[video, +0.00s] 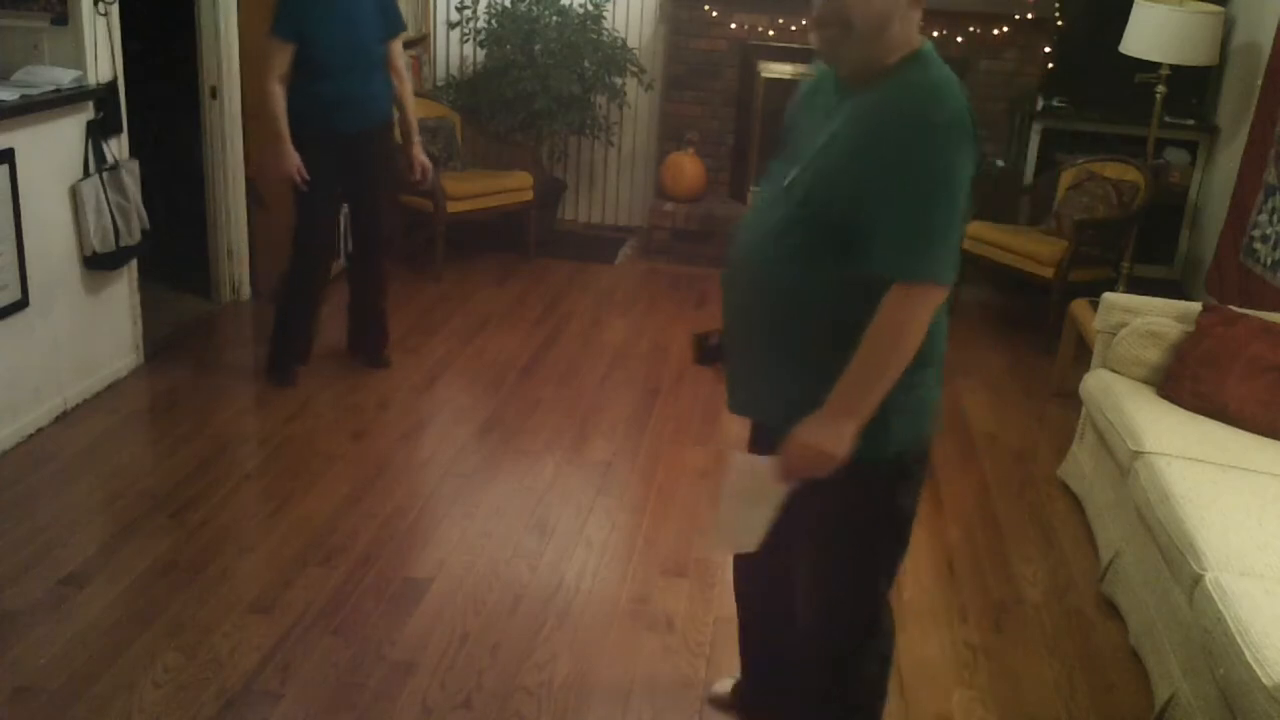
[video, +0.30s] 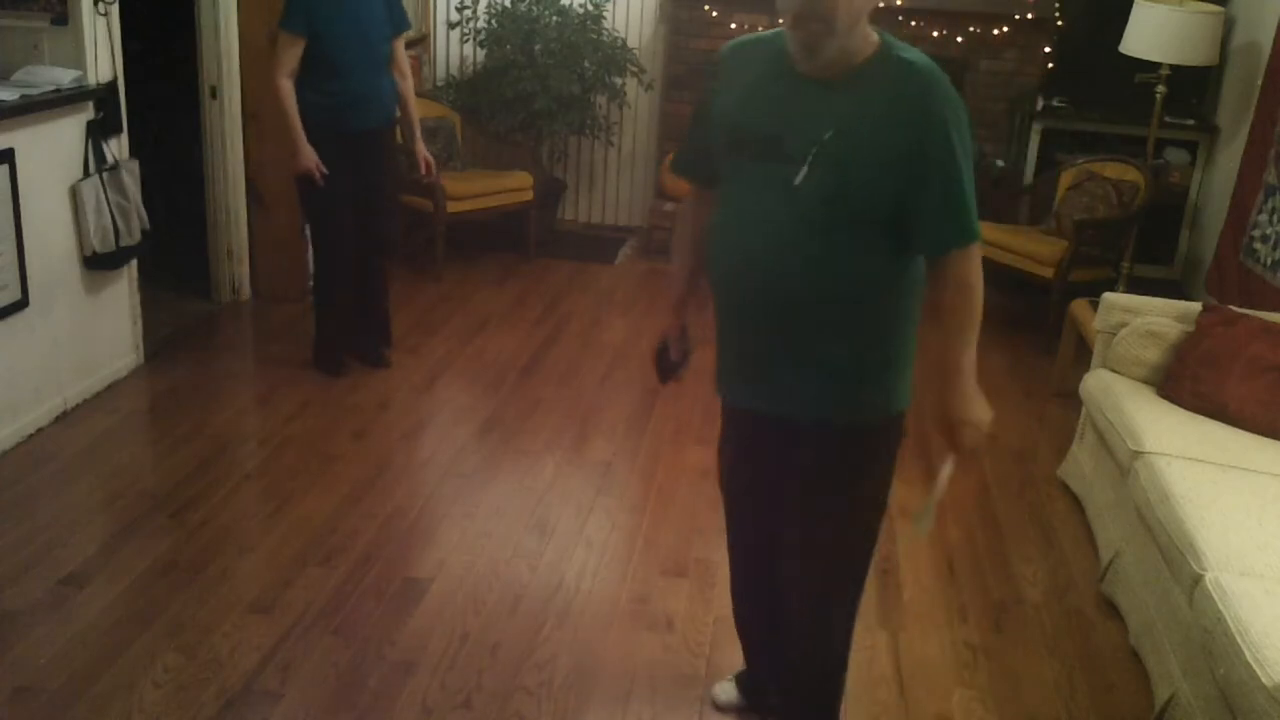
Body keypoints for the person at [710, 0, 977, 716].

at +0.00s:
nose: (818, 10)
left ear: (907, 8)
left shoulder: (928, 107)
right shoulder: (822, 89)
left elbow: (922, 283)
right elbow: (794, 234)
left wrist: (839, 417)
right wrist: (750, 340)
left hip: (870, 430)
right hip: (790, 401)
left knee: (837, 608)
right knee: (768, 574)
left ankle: (831, 710)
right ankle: (767, 690)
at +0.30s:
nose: (803, 9)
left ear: (871, 3)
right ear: (777, 3)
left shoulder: (919, 94)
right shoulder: (739, 66)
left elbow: (956, 253)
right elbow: (700, 197)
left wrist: (960, 384)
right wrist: (676, 309)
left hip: (855, 384)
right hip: (753, 369)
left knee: (824, 560)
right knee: (756, 540)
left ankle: (806, 705)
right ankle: (767, 678)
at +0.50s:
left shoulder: (914, 87)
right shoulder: (720, 75)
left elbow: (952, 225)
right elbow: (681, 201)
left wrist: (972, 350)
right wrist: (667, 323)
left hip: (862, 375)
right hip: (752, 363)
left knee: (839, 556)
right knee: (759, 533)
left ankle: (817, 705)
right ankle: (768, 670)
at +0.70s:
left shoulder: (913, 83)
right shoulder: (719, 74)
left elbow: (952, 221)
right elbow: (681, 201)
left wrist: (974, 348)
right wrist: (669, 325)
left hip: (870, 377)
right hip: (757, 370)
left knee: (870, 562)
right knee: (768, 545)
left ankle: (874, 705)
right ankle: (773, 678)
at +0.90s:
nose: (817, 3)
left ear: (871, 0)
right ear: (783, 0)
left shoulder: (924, 82)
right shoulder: (732, 74)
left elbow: (963, 225)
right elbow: (698, 200)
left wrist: (959, 350)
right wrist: (685, 319)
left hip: (885, 375)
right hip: (769, 370)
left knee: (906, 556)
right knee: (775, 541)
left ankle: (938, 700)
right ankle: (775, 675)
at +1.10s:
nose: (855, 2)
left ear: (903, 1)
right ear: (817, 1)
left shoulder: (956, 85)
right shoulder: (766, 79)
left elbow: (998, 229)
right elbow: (732, 203)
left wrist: (967, 351)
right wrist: (714, 322)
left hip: (916, 385)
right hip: (796, 377)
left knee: (941, 576)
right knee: (793, 545)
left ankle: (969, 710)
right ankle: (776, 675)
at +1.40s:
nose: (936, 3)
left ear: (998, 6)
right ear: (899, 3)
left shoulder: (1053, 109)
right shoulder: (855, 95)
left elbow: (1094, 275)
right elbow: (817, 222)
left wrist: (1076, 412)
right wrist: (787, 334)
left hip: (987, 415)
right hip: (864, 396)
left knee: (972, 619)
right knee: (822, 562)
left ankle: (975, 714)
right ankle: (781, 676)